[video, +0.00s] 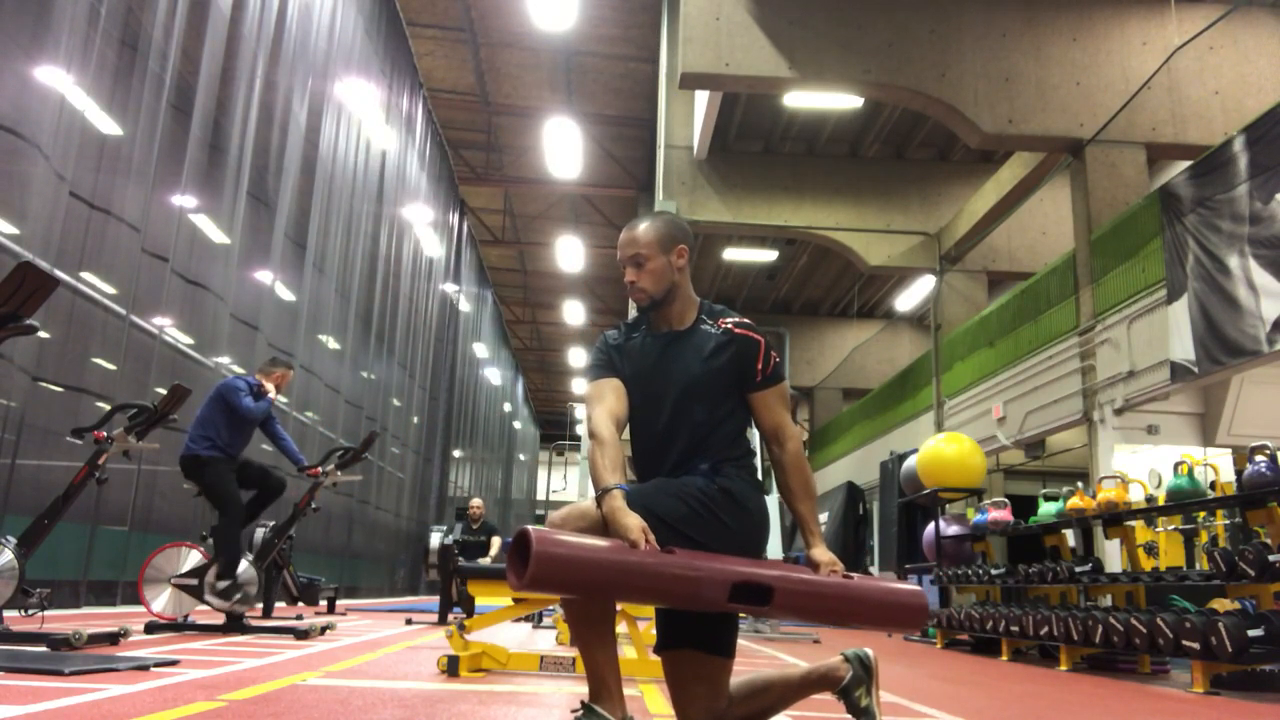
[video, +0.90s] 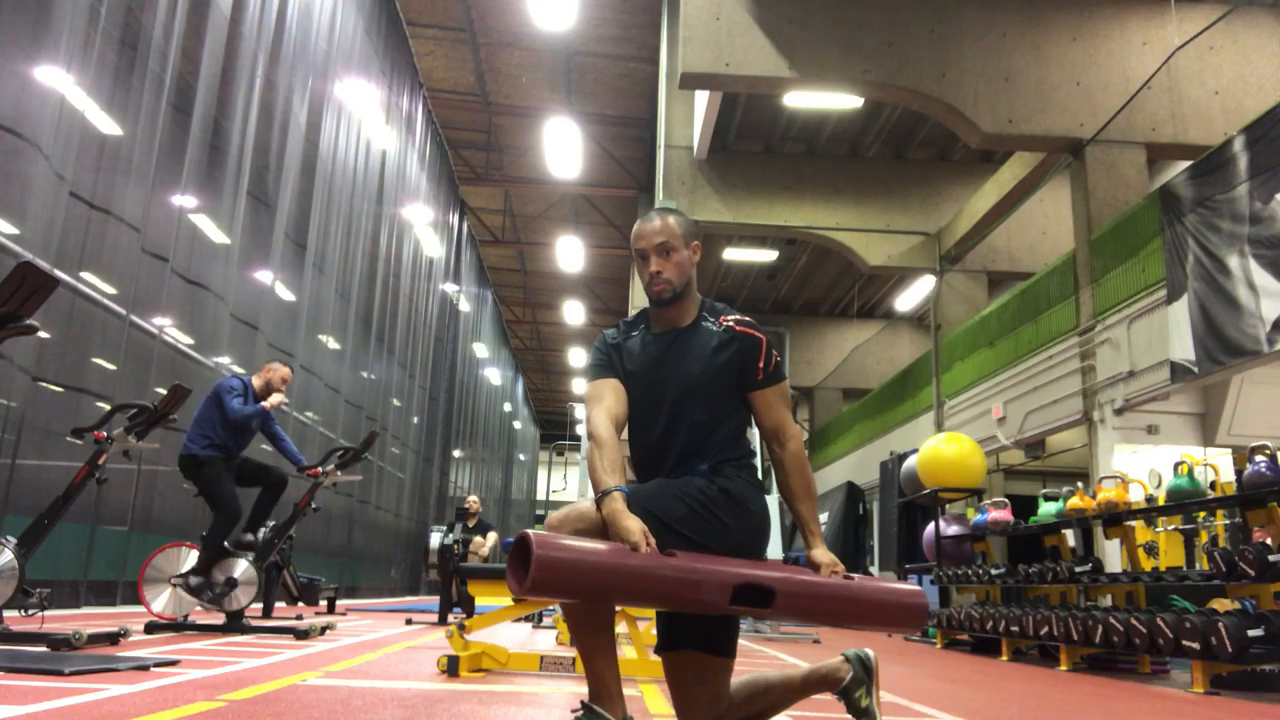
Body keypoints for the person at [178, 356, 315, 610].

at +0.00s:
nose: (283, 389)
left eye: (285, 386)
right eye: (285, 384)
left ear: (271, 376)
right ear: (277, 377)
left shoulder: (260, 401)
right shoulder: (234, 385)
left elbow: (277, 434)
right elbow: (251, 412)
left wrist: (303, 465)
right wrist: (270, 397)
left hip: (227, 461)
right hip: (202, 459)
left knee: (275, 484)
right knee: (233, 510)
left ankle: (229, 529)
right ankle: (224, 580)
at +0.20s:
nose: (282, 389)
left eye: (284, 386)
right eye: (284, 384)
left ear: (272, 378)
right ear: (274, 377)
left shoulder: (261, 401)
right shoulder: (232, 384)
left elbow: (277, 435)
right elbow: (251, 409)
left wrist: (303, 465)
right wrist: (269, 392)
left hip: (226, 461)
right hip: (200, 458)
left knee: (274, 488)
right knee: (238, 505)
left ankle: (257, 546)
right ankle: (198, 563)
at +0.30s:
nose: (283, 388)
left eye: (285, 384)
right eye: (283, 382)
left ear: (273, 379)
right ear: (269, 375)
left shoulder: (260, 404)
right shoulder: (231, 385)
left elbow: (277, 435)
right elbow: (248, 410)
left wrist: (303, 465)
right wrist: (266, 390)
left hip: (222, 461)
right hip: (200, 457)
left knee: (261, 509)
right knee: (248, 492)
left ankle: (252, 563)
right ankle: (206, 539)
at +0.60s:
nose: (280, 388)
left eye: (283, 385)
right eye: (280, 381)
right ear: (266, 371)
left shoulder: (259, 404)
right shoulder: (229, 384)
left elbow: (277, 435)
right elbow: (238, 413)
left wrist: (303, 465)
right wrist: (264, 395)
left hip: (218, 461)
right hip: (199, 456)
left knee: (257, 509)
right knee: (255, 485)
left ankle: (226, 544)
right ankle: (239, 549)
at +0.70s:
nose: (280, 389)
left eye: (284, 386)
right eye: (281, 382)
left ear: (266, 374)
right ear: (265, 371)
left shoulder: (260, 405)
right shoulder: (229, 384)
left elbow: (277, 436)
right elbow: (235, 414)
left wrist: (303, 466)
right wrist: (262, 400)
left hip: (226, 461)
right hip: (200, 458)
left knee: (270, 496)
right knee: (241, 502)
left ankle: (226, 536)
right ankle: (232, 573)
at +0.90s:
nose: (282, 390)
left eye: (285, 386)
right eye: (282, 383)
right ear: (266, 372)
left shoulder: (259, 406)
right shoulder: (232, 385)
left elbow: (277, 436)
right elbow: (235, 414)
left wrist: (303, 464)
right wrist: (266, 405)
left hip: (227, 462)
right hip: (200, 459)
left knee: (277, 479)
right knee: (230, 511)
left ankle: (247, 534)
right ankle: (198, 575)